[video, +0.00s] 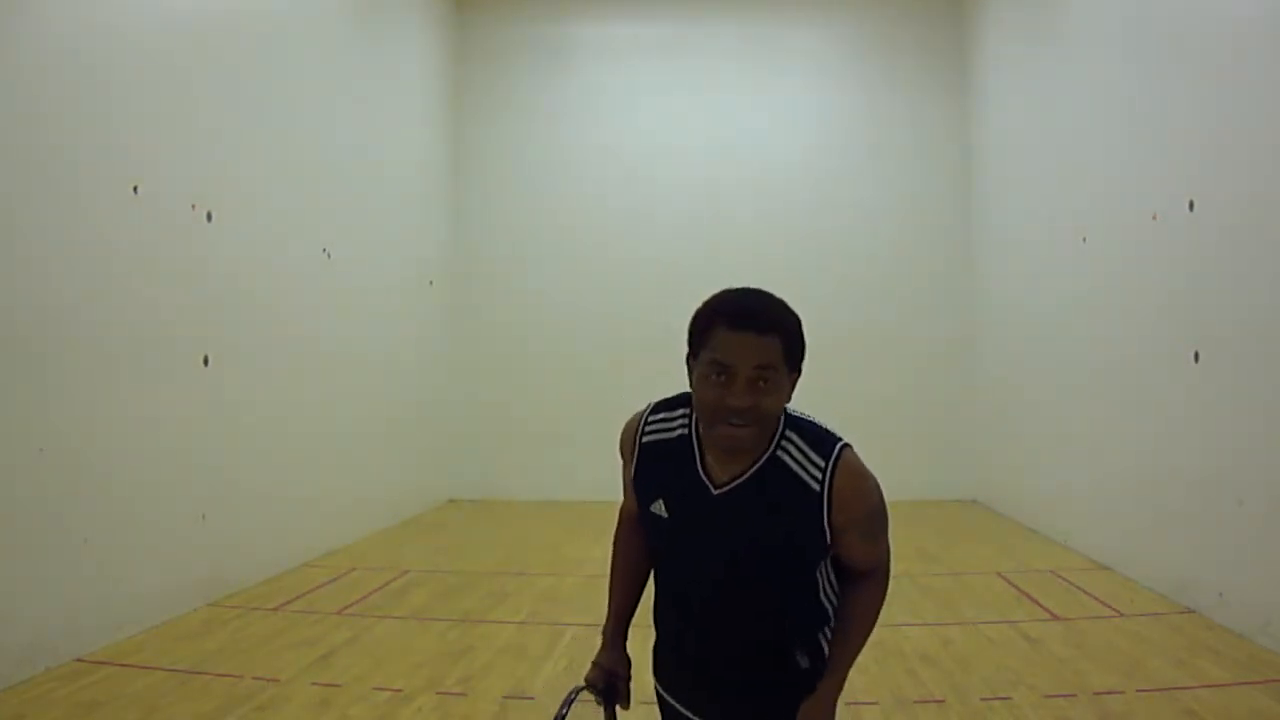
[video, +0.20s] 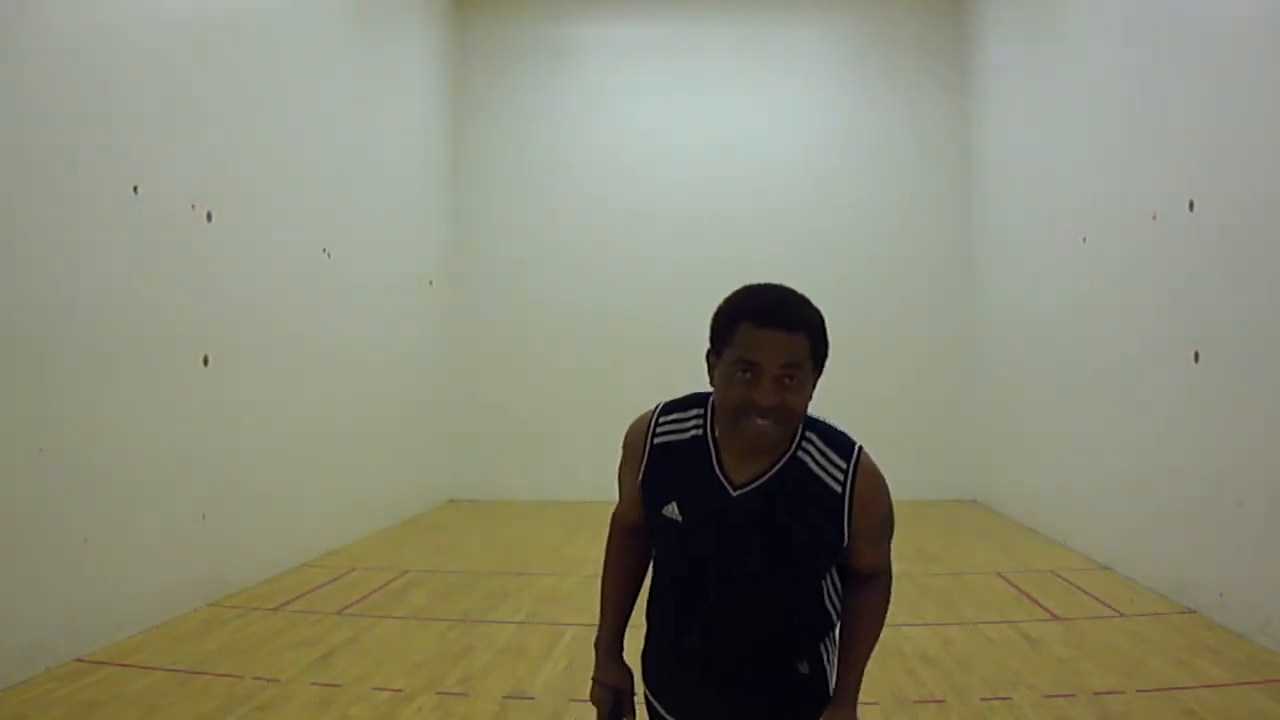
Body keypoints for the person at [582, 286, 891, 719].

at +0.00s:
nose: (738, 400)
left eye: (761, 380)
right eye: (719, 375)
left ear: (792, 383)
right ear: (690, 371)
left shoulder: (837, 480)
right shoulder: (646, 439)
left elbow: (867, 576)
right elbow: (637, 522)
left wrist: (827, 694)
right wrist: (613, 641)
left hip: (785, 693)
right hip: (683, 683)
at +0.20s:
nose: (765, 397)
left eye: (788, 377)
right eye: (746, 372)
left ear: (814, 382)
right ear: (712, 367)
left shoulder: (853, 482)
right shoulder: (652, 442)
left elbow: (869, 579)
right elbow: (631, 532)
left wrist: (845, 699)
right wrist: (608, 651)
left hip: (791, 696)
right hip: (677, 689)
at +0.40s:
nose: (795, 342)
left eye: (812, 328)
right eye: (774, 321)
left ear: (827, 340)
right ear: (726, 327)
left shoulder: (853, 451)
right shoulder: (653, 425)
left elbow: (854, 561)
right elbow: (607, 534)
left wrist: (866, 672)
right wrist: (595, 668)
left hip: (782, 691)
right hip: (663, 684)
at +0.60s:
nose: (811, 346)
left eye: (813, 329)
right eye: (796, 324)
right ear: (726, 317)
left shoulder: (808, 431)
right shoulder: (634, 422)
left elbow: (827, 543)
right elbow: (575, 555)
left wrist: (893, 600)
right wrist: (577, 698)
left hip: (769, 703)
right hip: (646, 700)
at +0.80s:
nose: (766, 374)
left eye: (768, 356)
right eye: (757, 353)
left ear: (700, 347)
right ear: (692, 344)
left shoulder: (738, 444)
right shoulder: (587, 445)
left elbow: (779, 533)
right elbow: (503, 583)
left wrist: (892, 537)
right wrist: (516, 713)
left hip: (716, 706)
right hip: (598, 708)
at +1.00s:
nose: (732, 395)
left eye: (735, 376)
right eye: (726, 373)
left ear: (673, 365)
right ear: (665, 361)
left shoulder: (694, 451)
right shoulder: (537, 456)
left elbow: (706, 524)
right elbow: (425, 585)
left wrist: (804, 593)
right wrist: (380, 713)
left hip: (641, 707)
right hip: (523, 710)